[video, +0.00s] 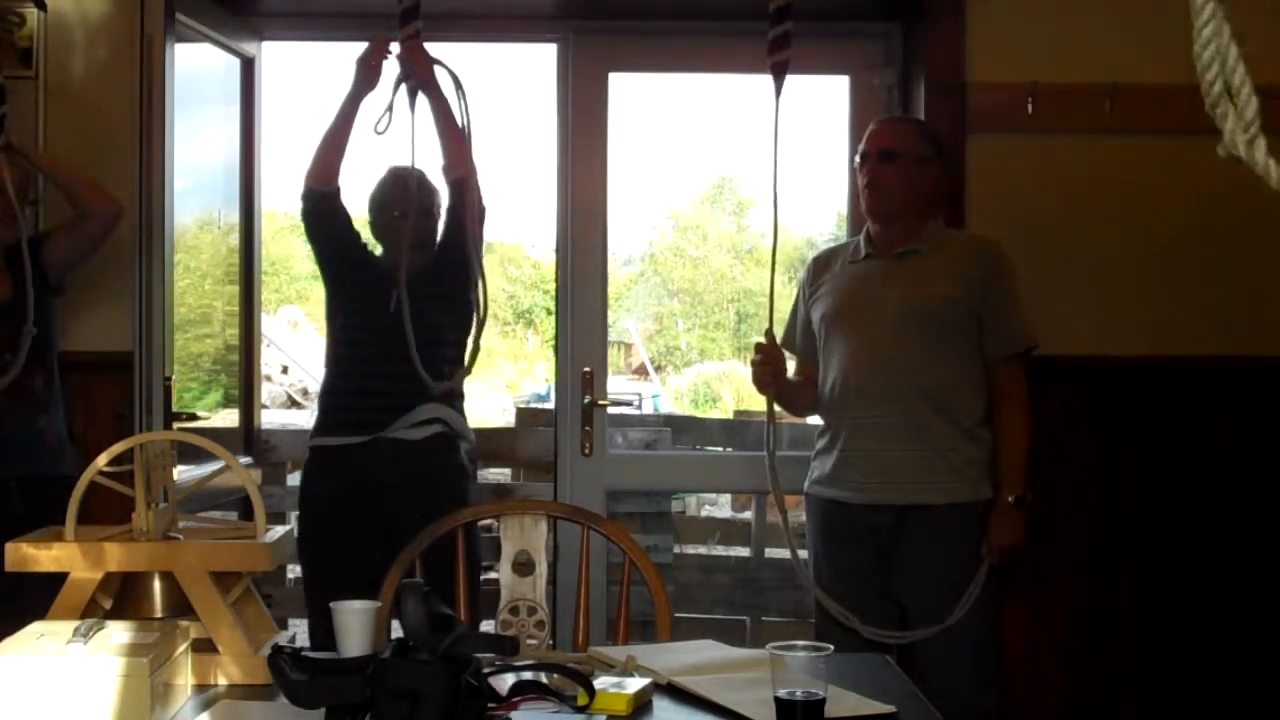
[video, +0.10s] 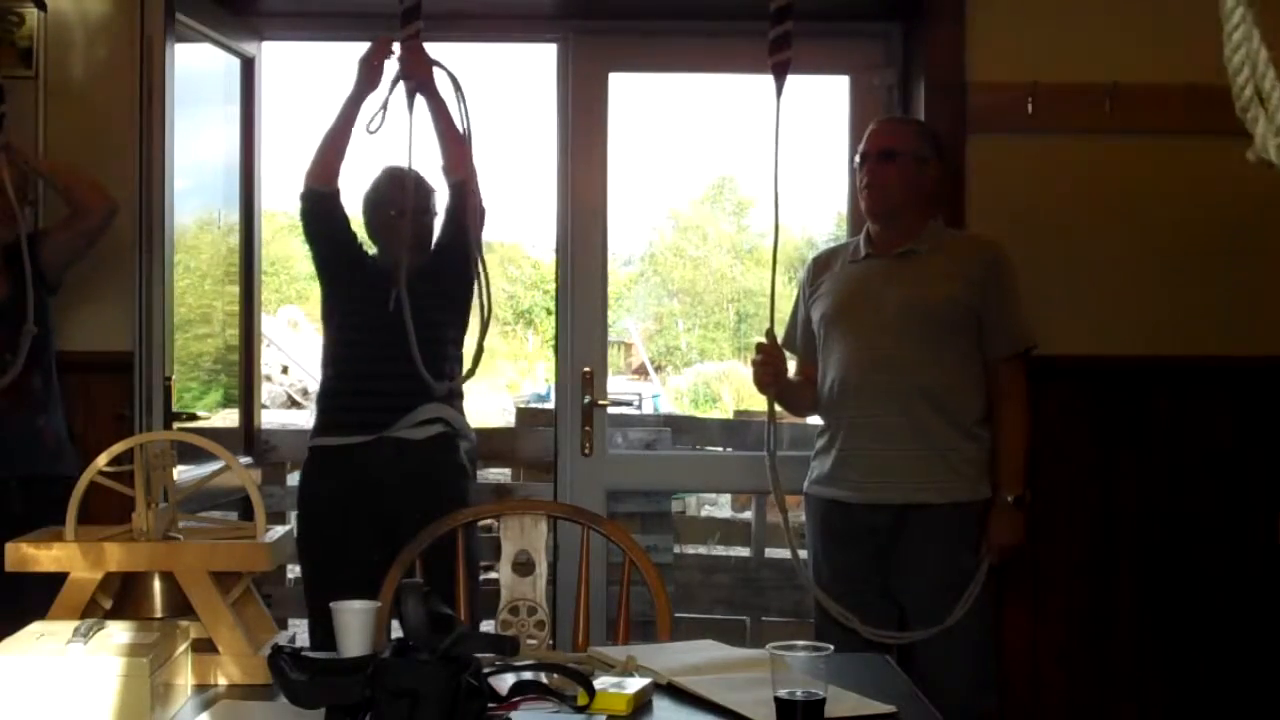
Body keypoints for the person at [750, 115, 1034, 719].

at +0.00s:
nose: (867, 169)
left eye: (887, 158)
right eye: (862, 159)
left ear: (930, 176)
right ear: (853, 174)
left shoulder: (976, 262)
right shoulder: (824, 269)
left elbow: (1010, 387)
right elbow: (813, 394)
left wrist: (1010, 500)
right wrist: (778, 386)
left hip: (947, 511)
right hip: (841, 508)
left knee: (950, 684)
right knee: (850, 680)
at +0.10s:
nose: (868, 169)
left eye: (887, 157)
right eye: (862, 159)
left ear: (930, 175)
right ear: (853, 175)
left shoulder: (976, 262)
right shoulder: (824, 269)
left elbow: (1009, 385)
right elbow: (814, 394)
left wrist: (1008, 499)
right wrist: (778, 386)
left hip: (947, 510)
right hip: (841, 508)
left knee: (950, 683)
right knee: (850, 680)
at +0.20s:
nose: (865, 171)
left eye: (884, 158)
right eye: (860, 160)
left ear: (928, 176)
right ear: (852, 175)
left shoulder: (975, 261)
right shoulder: (824, 269)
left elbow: (1007, 384)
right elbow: (815, 395)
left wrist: (1008, 498)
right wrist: (778, 385)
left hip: (945, 509)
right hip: (840, 507)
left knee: (949, 682)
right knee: (849, 679)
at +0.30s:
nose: (864, 170)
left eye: (883, 158)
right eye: (859, 160)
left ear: (927, 175)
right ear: (851, 175)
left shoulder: (974, 260)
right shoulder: (823, 270)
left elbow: (1008, 384)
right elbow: (813, 395)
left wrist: (1008, 498)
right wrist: (778, 386)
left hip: (945, 508)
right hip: (839, 507)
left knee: (948, 682)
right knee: (848, 679)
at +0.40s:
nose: (864, 169)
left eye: (884, 158)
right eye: (860, 159)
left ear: (927, 176)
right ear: (851, 174)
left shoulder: (970, 260)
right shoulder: (821, 269)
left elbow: (1005, 383)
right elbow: (812, 395)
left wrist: (1008, 497)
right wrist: (777, 386)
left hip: (943, 506)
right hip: (838, 505)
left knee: (948, 681)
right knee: (849, 678)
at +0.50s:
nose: (859, 171)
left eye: (879, 159)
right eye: (856, 160)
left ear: (924, 176)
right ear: (848, 175)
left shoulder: (970, 260)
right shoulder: (821, 270)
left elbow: (1005, 383)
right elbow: (810, 395)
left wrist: (1006, 498)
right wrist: (775, 386)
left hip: (941, 506)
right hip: (836, 505)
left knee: (946, 681)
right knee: (847, 678)